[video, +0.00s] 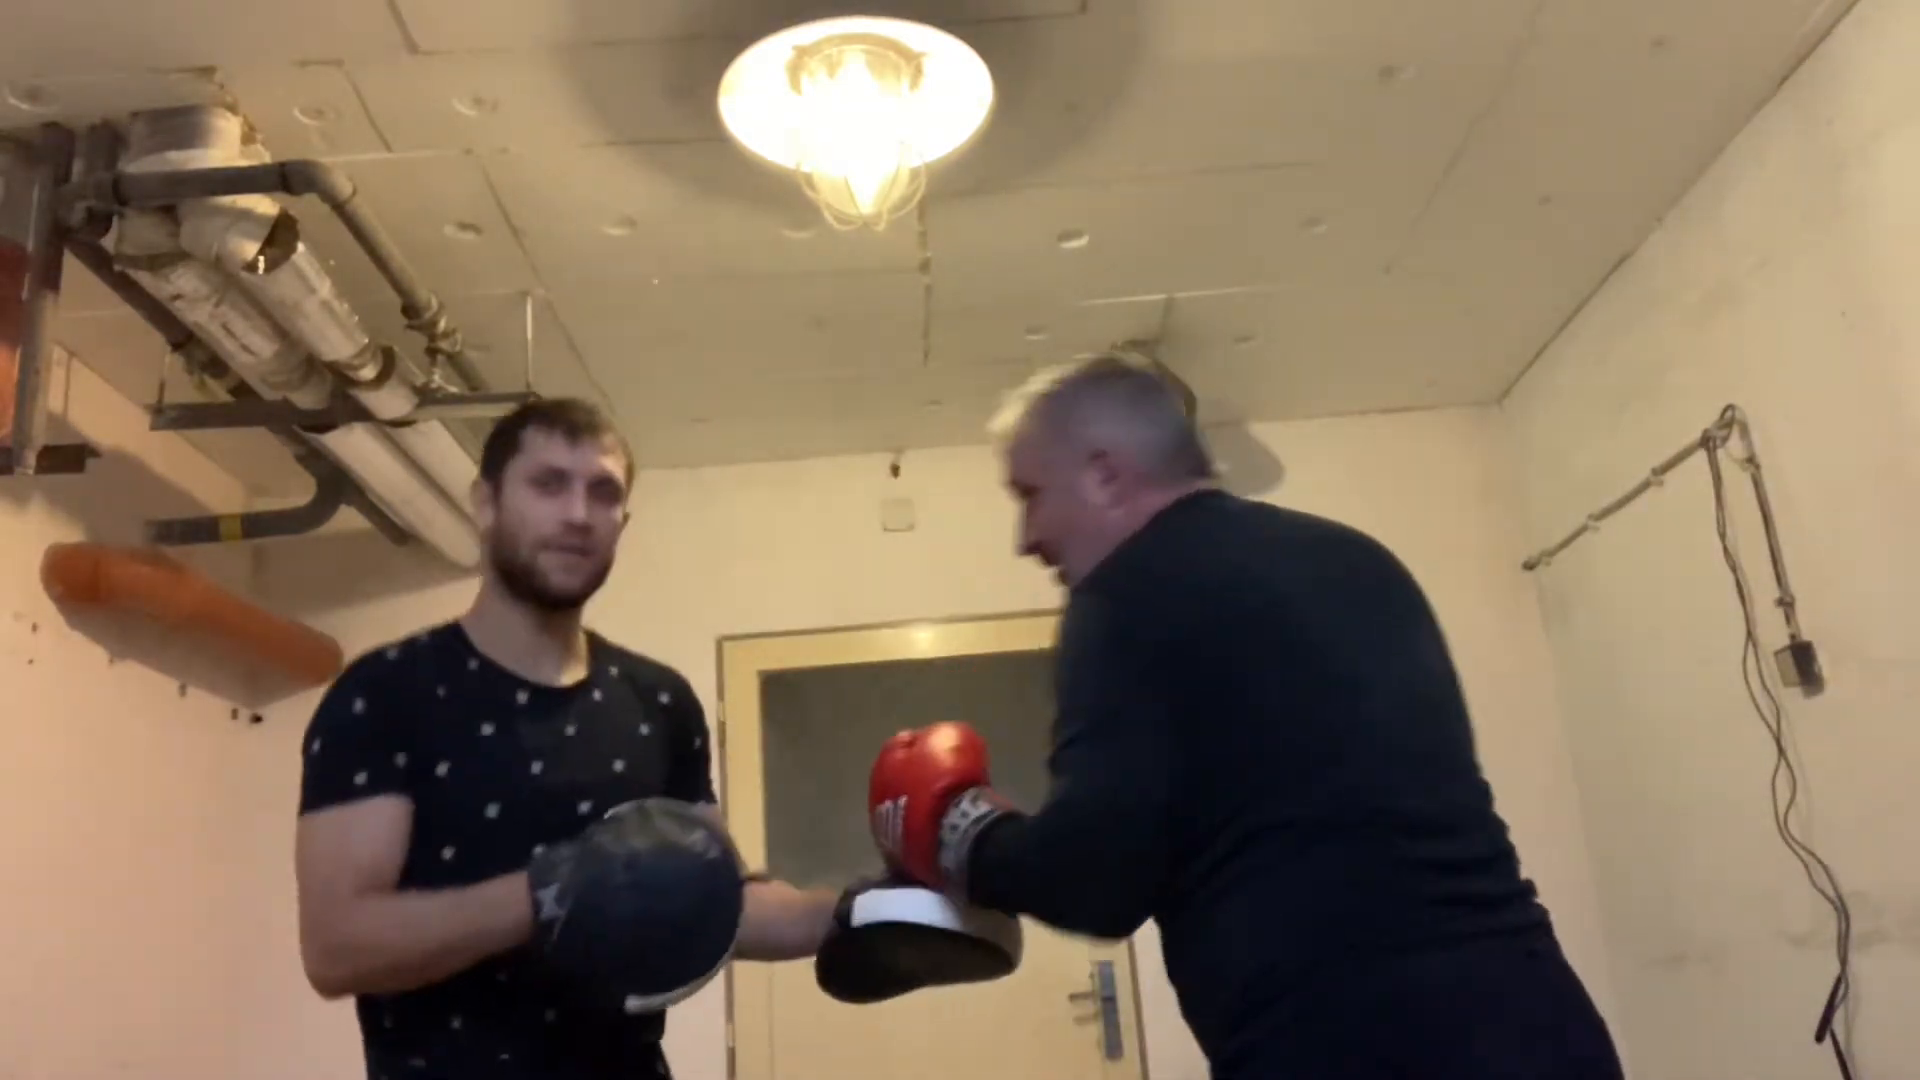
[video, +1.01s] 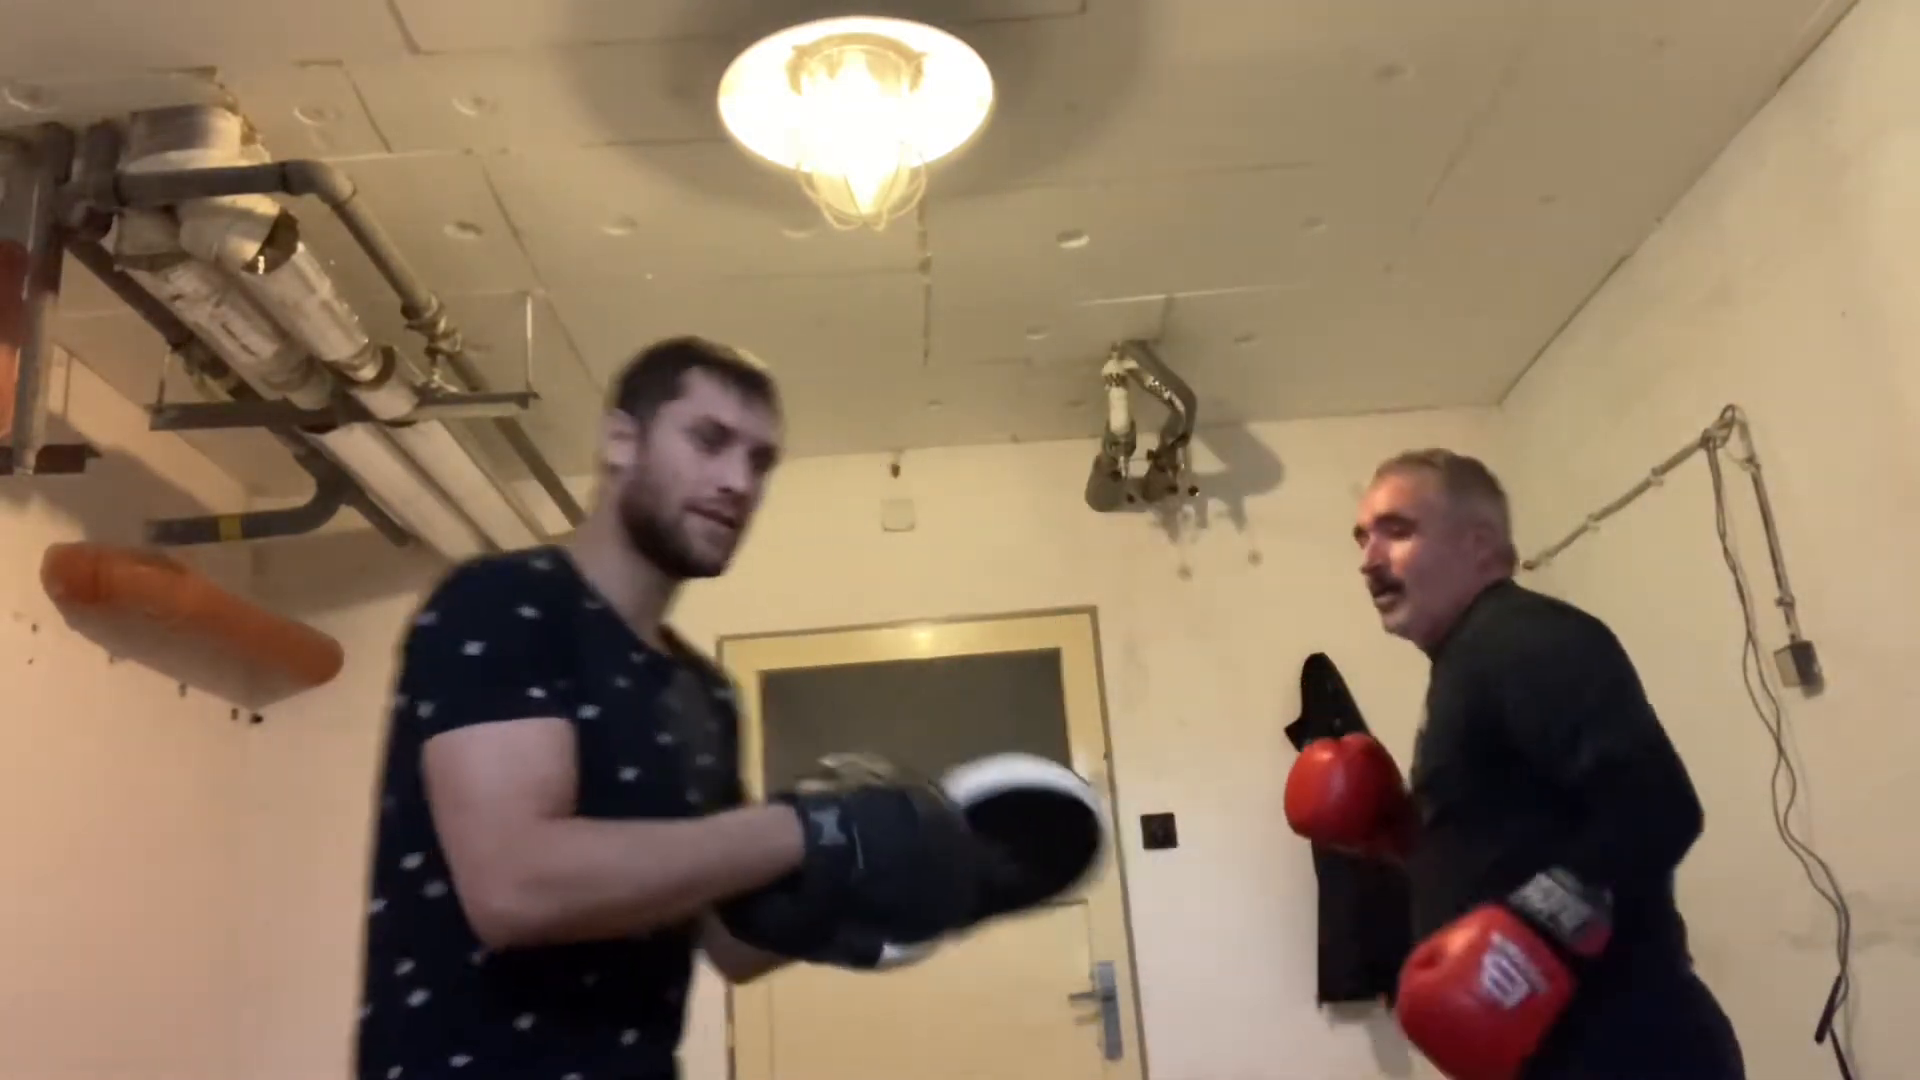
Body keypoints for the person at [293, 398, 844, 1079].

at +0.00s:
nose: (580, 513)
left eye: (603, 493)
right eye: (549, 483)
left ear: (622, 525)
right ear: (485, 503)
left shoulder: (661, 705)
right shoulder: (386, 697)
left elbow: (705, 897)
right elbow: (339, 946)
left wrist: (856, 912)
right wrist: (554, 891)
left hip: (621, 1059)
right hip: (446, 1063)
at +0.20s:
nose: (648, 494)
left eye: (675, 475)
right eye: (618, 461)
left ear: (695, 505)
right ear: (556, 476)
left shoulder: (704, 696)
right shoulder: (435, 663)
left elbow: (727, 909)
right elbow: (378, 920)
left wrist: (901, 936)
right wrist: (622, 870)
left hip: (646, 1059)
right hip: (463, 1059)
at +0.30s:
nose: (707, 494)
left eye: (733, 476)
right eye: (678, 462)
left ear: (751, 504)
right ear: (611, 472)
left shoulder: (747, 704)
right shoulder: (484, 655)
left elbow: (774, 913)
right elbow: (413, 911)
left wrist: (958, 939)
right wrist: (670, 873)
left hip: (669, 1063)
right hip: (486, 1062)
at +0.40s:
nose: (766, 488)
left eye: (794, 469)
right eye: (738, 452)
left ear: (806, 501)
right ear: (672, 461)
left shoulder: (792, 705)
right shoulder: (533, 634)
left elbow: (808, 919)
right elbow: (451, 893)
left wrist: (1005, 927)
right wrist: (700, 882)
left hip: (690, 1060)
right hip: (512, 1059)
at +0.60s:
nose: (831, 487)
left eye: (858, 470)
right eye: (805, 449)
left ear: (872, 499)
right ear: (731, 454)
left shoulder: (836, 708)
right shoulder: (596, 611)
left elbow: (863, 918)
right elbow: (510, 871)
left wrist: (1083, 888)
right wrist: (794, 887)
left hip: (712, 1061)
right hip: (537, 1054)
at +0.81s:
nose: (817, 481)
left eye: (845, 462)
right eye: (790, 441)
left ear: (856, 491)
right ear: (718, 447)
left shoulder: (812, 702)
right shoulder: (584, 604)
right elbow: (543, 878)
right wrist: (828, 864)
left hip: (697, 1057)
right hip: (527, 1055)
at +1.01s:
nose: (740, 482)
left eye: (759, 463)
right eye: (709, 440)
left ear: (765, 485)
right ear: (619, 443)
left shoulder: (700, 696)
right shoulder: (497, 608)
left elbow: (734, 946)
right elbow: (511, 885)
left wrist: (855, 879)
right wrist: (808, 831)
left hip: (632, 1060)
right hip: (470, 1059)